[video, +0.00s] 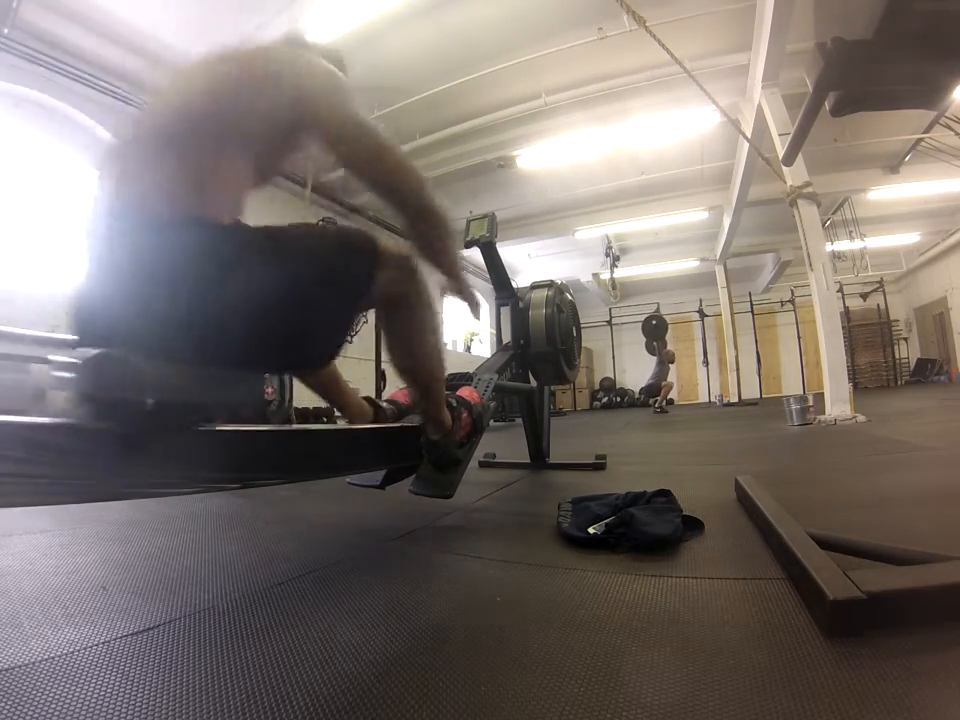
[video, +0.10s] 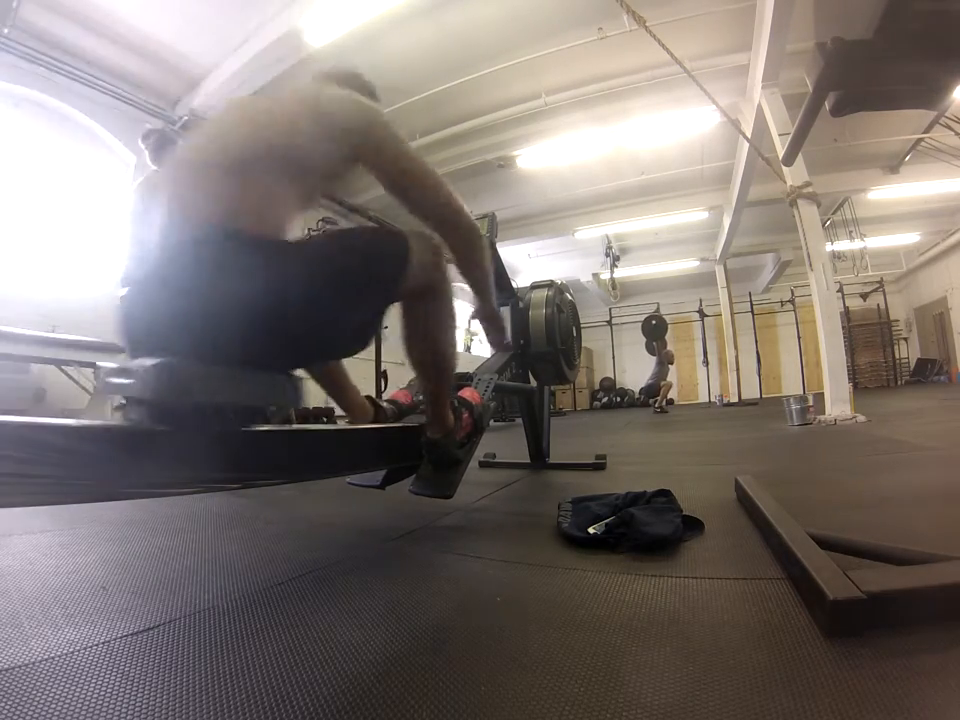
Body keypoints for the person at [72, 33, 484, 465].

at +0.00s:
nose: (315, 142)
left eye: (335, 102)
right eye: (333, 94)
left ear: (290, 51)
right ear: (320, 70)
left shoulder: (203, 93)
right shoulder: (304, 70)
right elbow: (402, 183)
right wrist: (451, 267)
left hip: (105, 299)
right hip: (190, 286)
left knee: (278, 301)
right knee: (398, 270)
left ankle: (363, 415)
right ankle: (443, 426)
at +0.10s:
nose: (367, 124)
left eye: (367, 118)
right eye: (366, 115)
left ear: (306, 83)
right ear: (357, 100)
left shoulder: (239, 114)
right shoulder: (350, 109)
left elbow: (148, 189)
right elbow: (457, 221)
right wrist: (488, 310)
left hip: (146, 312)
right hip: (236, 299)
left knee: (293, 285)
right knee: (426, 258)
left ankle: (361, 413)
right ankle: (443, 426)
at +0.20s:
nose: (400, 150)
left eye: (398, 146)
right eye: (403, 144)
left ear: (344, 121)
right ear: (394, 134)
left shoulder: (293, 146)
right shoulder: (392, 147)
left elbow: (309, 261)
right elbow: (474, 249)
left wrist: (381, 336)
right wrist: (504, 327)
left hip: (186, 325)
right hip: (267, 312)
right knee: (447, 257)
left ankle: (362, 410)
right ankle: (442, 428)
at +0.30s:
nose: (422, 171)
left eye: (420, 163)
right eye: (423, 164)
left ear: (367, 141)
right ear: (417, 155)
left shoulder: (307, 172)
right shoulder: (419, 172)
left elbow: (360, 271)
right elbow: (494, 275)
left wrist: (403, 356)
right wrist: (509, 342)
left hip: (226, 334)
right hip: (319, 319)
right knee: (460, 255)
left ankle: (365, 407)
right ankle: (442, 422)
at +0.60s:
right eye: (425, 154)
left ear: (359, 144)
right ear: (418, 150)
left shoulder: (313, 176)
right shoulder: (418, 170)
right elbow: (495, 265)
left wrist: (394, 349)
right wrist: (508, 338)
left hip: (227, 343)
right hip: (311, 325)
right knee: (462, 258)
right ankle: (440, 427)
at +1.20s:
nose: (318, 36)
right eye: (315, 25)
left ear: (244, 45)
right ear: (309, 28)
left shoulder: (220, 110)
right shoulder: (346, 81)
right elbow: (425, 186)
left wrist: (314, 233)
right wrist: (474, 248)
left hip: (184, 332)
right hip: (275, 312)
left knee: (322, 247)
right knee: (442, 251)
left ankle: (366, 411)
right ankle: (441, 424)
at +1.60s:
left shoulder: (114, 41)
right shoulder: (245, 12)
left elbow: (199, 178)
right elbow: (341, 130)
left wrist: (294, 244)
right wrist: (415, 210)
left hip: (96, 300)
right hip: (183, 282)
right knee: (402, 265)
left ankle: (366, 414)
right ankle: (443, 421)